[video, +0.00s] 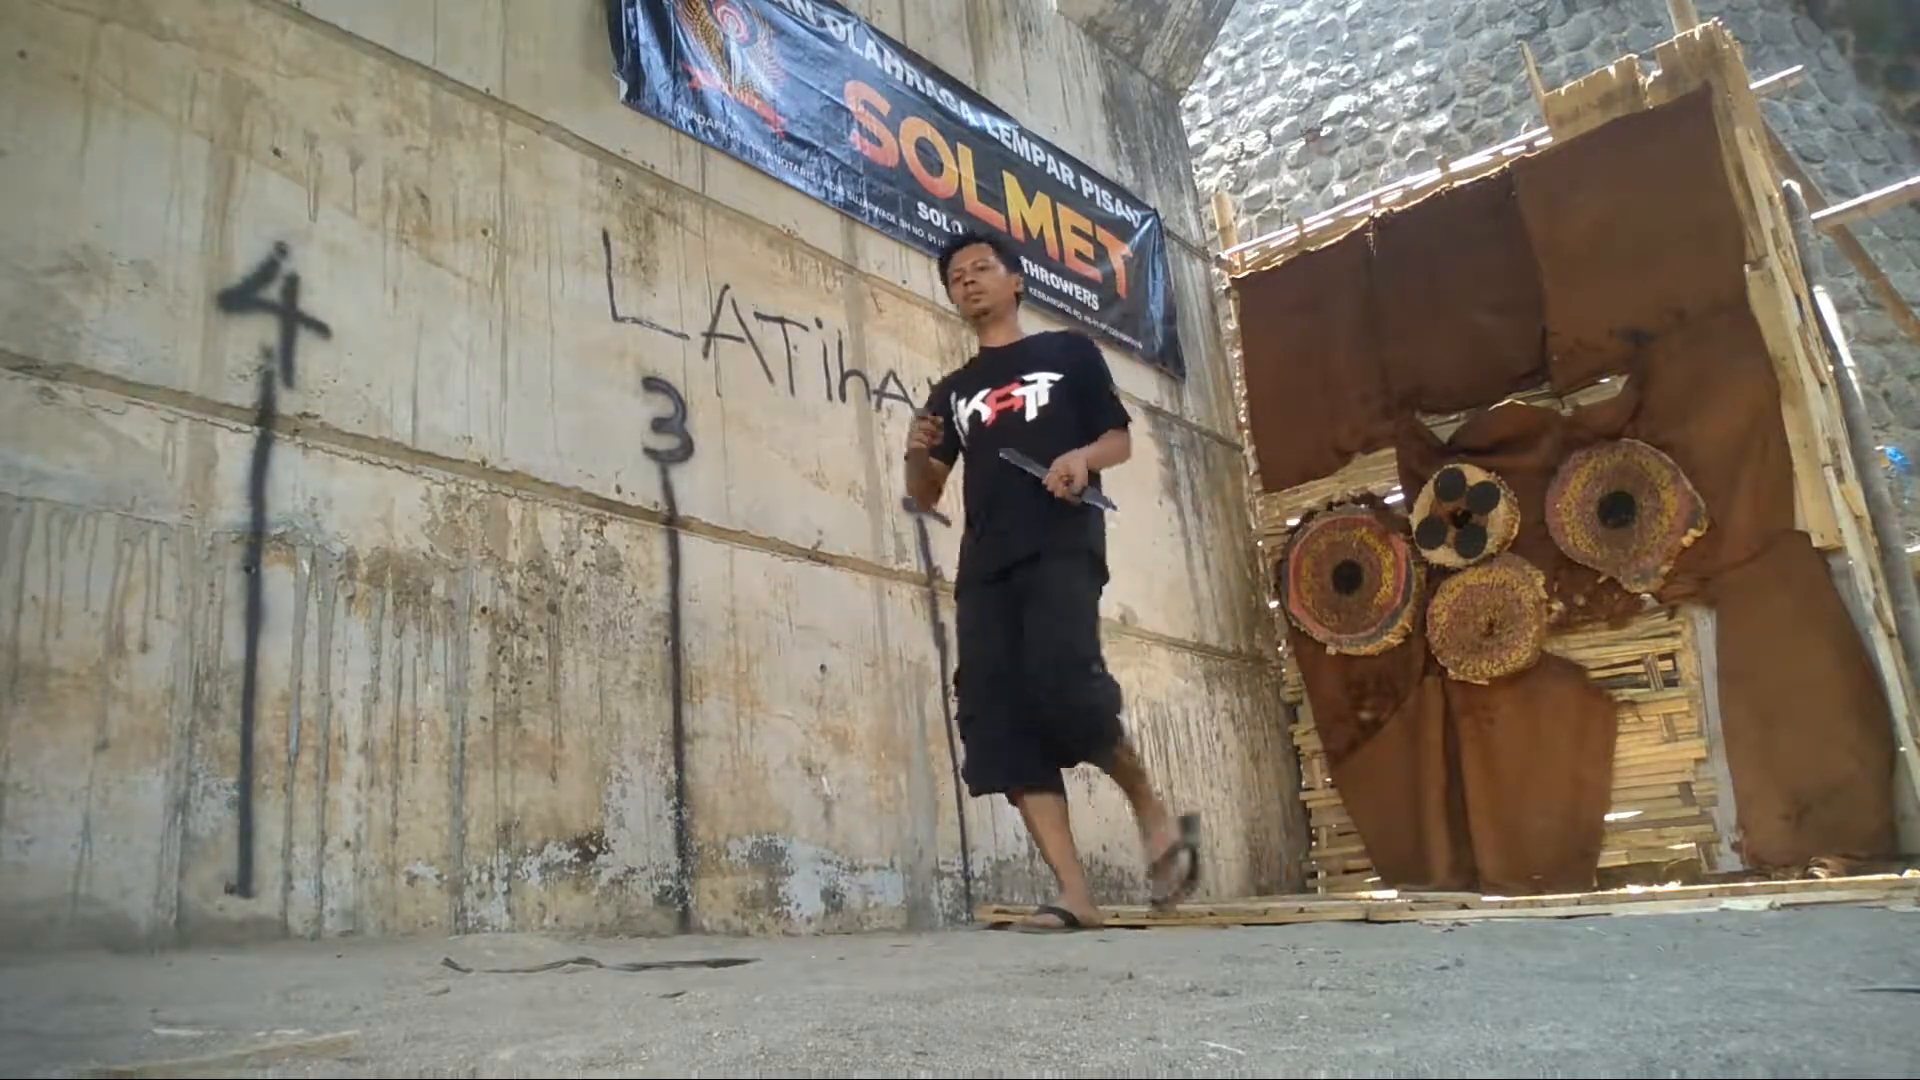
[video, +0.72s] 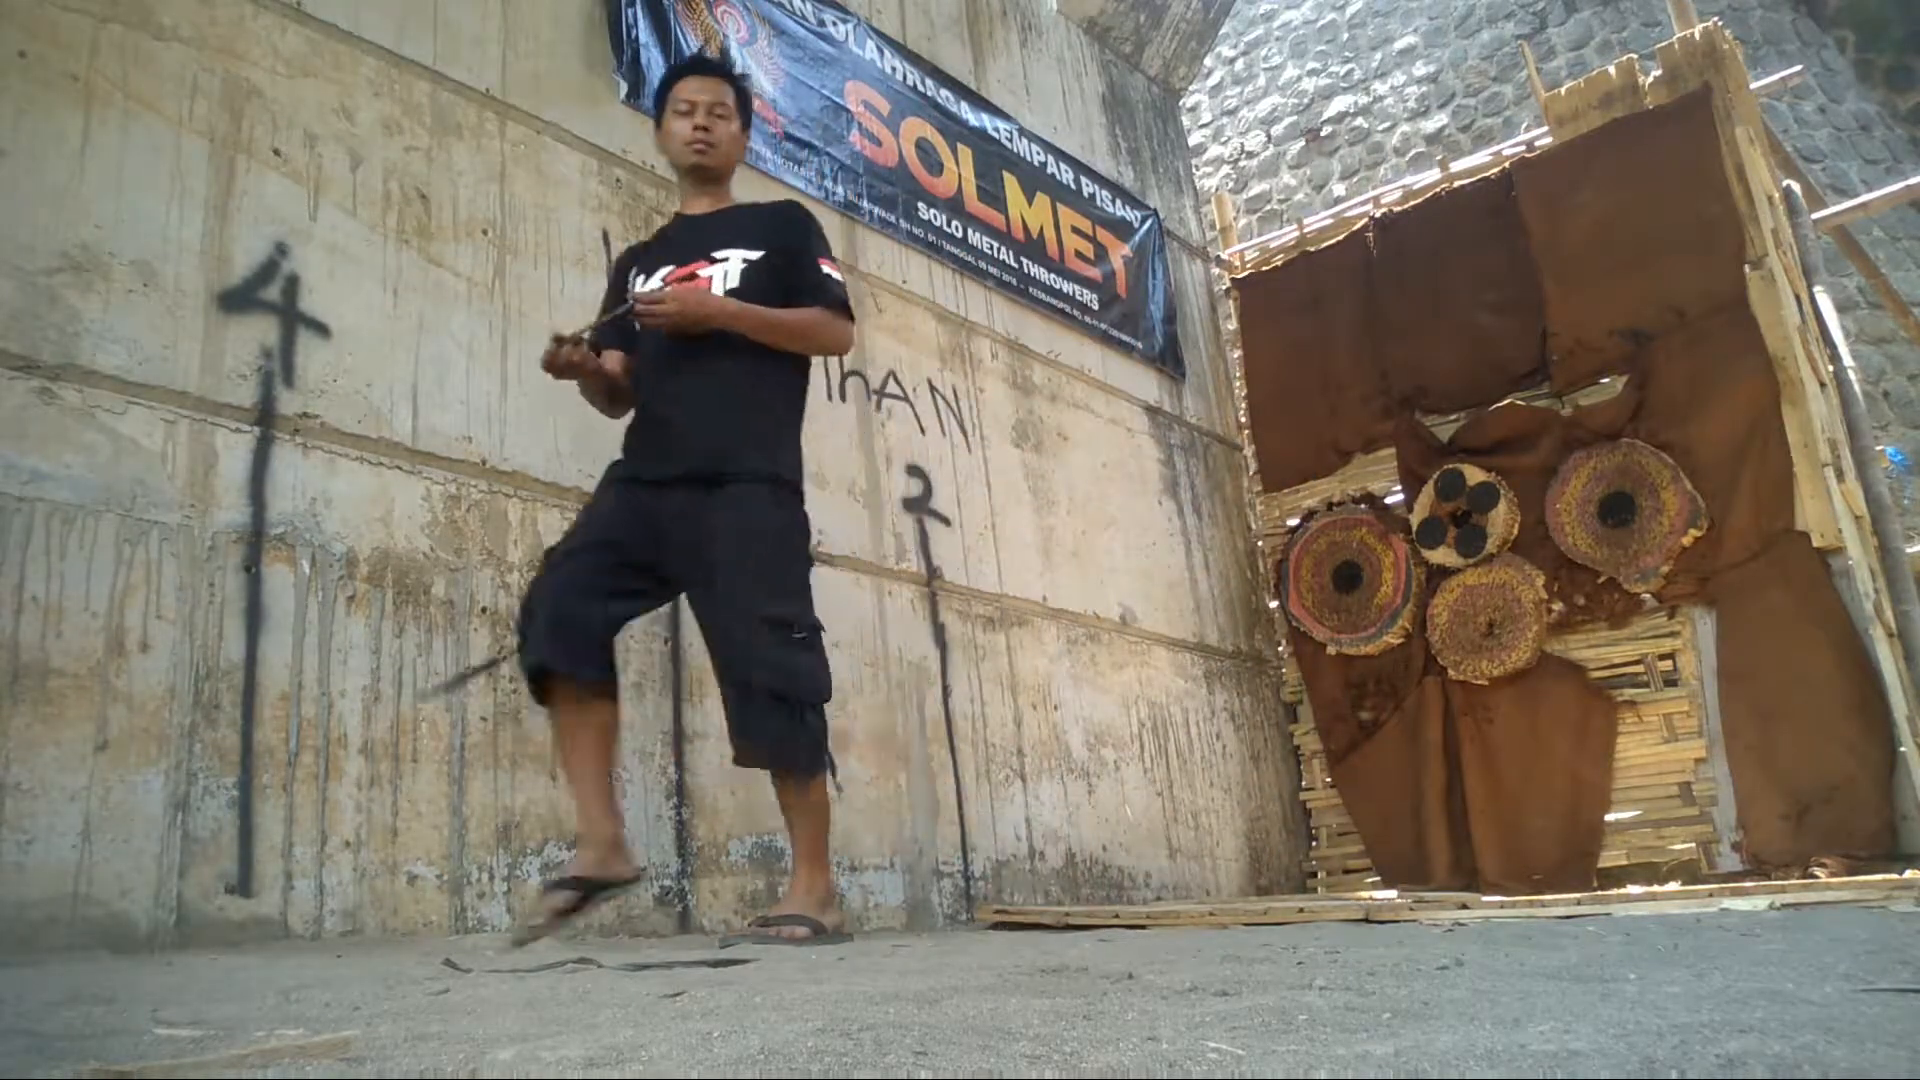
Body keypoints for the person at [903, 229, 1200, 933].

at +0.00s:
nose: (967, 282)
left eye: (980, 268)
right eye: (956, 277)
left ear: (1014, 280)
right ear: (951, 299)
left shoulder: (1068, 349)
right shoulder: (952, 390)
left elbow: (1119, 441)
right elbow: (924, 495)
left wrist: (1082, 458)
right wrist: (919, 453)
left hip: (1061, 548)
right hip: (986, 564)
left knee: (1062, 687)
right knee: (1001, 720)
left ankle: (1149, 809)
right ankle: (1075, 895)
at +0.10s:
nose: (939, 266)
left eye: (951, 252)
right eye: (928, 261)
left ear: (986, 262)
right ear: (924, 281)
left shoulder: (1041, 335)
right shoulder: (916, 376)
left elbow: (1096, 428)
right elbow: (891, 486)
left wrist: (1062, 440)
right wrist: (900, 447)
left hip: (1035, 533)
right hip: (961, 553)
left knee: (1006, 676)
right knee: (980, 706)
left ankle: (1067, 857)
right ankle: (1064, 874)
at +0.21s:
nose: (888, 255)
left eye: (903, 240)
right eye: (879, 248)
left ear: (943, 249)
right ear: (876, 266)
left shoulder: (996, 328)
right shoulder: (870, 370)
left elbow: (1054, 428)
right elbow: (849, 482)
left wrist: (1017, 432)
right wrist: (867, 441)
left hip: (987, 538)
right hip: (916, 553)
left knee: (946, 676)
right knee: (984, 705)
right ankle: (1075, 892)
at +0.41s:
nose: (799, 209)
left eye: (816, 195)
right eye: (791, 202)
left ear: (861, 208)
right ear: (788, 223)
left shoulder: (908, 298)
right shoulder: (780, 334)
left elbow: (961, 409)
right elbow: (754, 457)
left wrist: (898, 406)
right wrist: (762, 432)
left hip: (877, 517)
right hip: (805, 533)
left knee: (817, 677)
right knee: (837, 720)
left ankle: (813, 897)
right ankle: (994, 839)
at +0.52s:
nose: (769, 187)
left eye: (785, 172)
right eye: (759, 177)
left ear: (828, 185)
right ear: (752, 196)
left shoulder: (873, 275)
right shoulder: (742, 310)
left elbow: (926, 384)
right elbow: (724, 431)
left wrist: (842, 369)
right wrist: (703, 416)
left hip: (834, 505)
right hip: (757, 518)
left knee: (801, 677)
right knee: (749, 698)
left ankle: (814, 893)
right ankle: (909, 799)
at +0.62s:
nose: (740, 160)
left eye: (757, 146)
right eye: (728, 150)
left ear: (793, 162)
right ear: (717, 169)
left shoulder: (838, 245)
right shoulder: (706, 288)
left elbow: (891, 356)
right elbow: (680, 408)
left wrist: (787, 335)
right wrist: (650, 399)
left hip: (803, 493)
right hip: (715, 502)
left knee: (788, 671)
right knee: (660, 661)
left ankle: (814, 892)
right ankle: (812, 800)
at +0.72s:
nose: (704, 123)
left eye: (720, 113)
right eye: (687, 112)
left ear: (743, 135)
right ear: (661, 133)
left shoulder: (786, 224)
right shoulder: (638, 262)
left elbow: (836, 332)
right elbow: (619, 393)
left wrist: (716, 311)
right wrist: (588, 371)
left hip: (749, 490)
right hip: (645, 487)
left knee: (772, 672)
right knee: (560, 611)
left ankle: (812, 890)